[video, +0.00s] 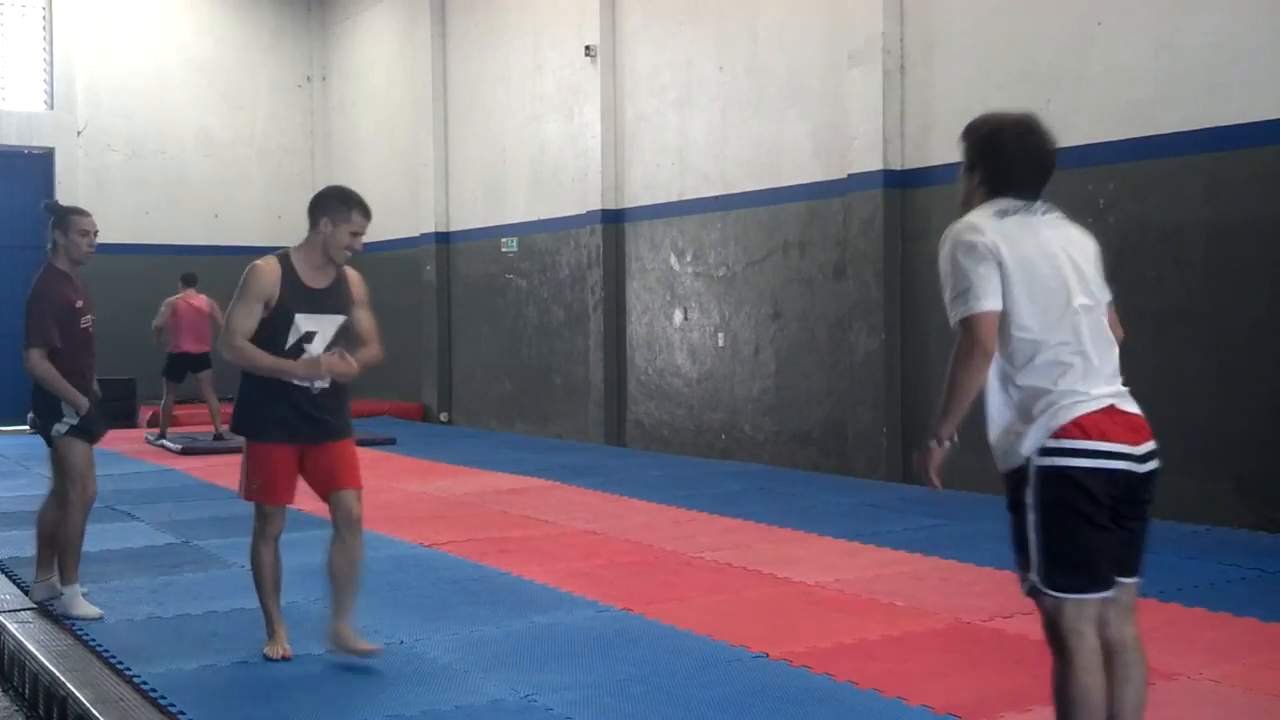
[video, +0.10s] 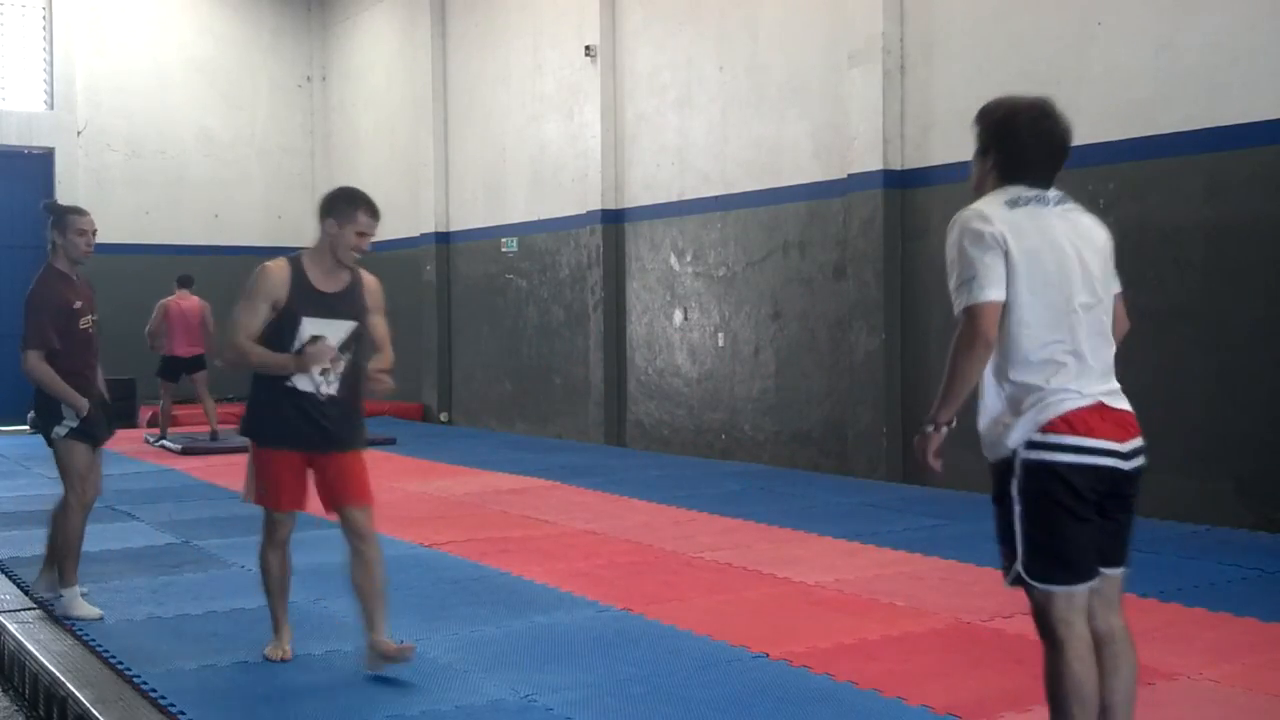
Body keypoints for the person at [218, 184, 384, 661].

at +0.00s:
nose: (358, 244)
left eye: (362, 236)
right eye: (353, 234)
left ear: (341, 231)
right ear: (324, 225)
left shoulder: (350, 281)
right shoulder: (266, 274)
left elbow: (372, 348)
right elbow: (231, 345)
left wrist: (348, 363)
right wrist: (299, 368)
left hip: (327, 421)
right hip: (270, 422)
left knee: (350, 514)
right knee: (269, 527)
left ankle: (341, 626)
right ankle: (275, 631)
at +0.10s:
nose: (366, 245)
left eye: (370, 237)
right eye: (359, 235)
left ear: (366, 235)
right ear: (329, 227)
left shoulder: (366, 285)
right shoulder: (277, 276)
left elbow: (382, 351)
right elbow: (233, 347)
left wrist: (375, 370)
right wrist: (295, 362)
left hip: (340, 431)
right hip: (280, 431)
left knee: (363, 530)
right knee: (278, 532)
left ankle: (378, 638)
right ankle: (280, 632)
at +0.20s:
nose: (379, 247)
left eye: (385, 239)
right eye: (371, 236)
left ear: (386, 239)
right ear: (343, 229)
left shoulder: (386, 291)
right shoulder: (293, 279)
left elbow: (392, 369)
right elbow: (264, 355)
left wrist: (366, 369)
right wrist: (317, 370)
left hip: (357, 437)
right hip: (296, 436)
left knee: (380, 541)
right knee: (289, 539)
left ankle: (390, 653)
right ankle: (284, 631)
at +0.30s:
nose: (396, 239)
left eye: (403, 231)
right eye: (388, 228)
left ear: (406, 231)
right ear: (360, 220)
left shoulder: (406, 285)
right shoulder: (307, 273)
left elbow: (426, 360)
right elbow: (273, 347)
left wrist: (378, 368)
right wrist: (326, 374)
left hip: (377, 435)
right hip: (316, 434)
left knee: (390, 543)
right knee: (306, 547)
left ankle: (390, 654)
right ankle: (295, 611)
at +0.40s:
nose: (403, 231)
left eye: (411, 223)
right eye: (396, 220)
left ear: (416, 221)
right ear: (369, 211)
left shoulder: (423, 276)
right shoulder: (321, 264)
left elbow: (461, 350)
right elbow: (273, 334)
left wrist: (397, 376)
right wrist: (327, 375)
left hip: (393, 430)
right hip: (333, 426)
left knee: (397, 544)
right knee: (327, 541)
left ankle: (390, 654)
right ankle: (322, 614)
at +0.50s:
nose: (411, 227)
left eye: (419, 218)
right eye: (402, 216)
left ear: (427, 216)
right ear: (377, 208)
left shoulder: (437, 272)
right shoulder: (334, 264)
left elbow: (485, 345)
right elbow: (281, 328)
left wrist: (419, 377)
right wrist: (318, 380)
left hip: (406, 430)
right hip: (347, 423)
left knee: (403, 545)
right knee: (346, 538)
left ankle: (392, 653)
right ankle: (358, 648)